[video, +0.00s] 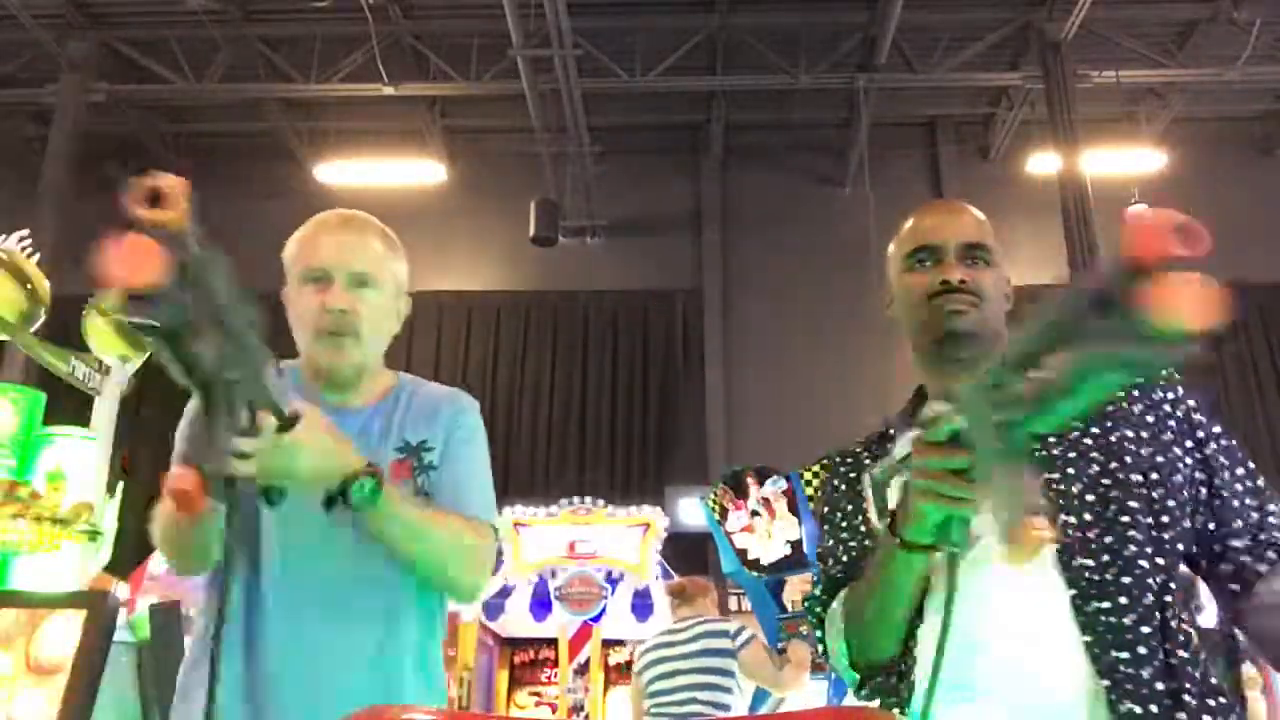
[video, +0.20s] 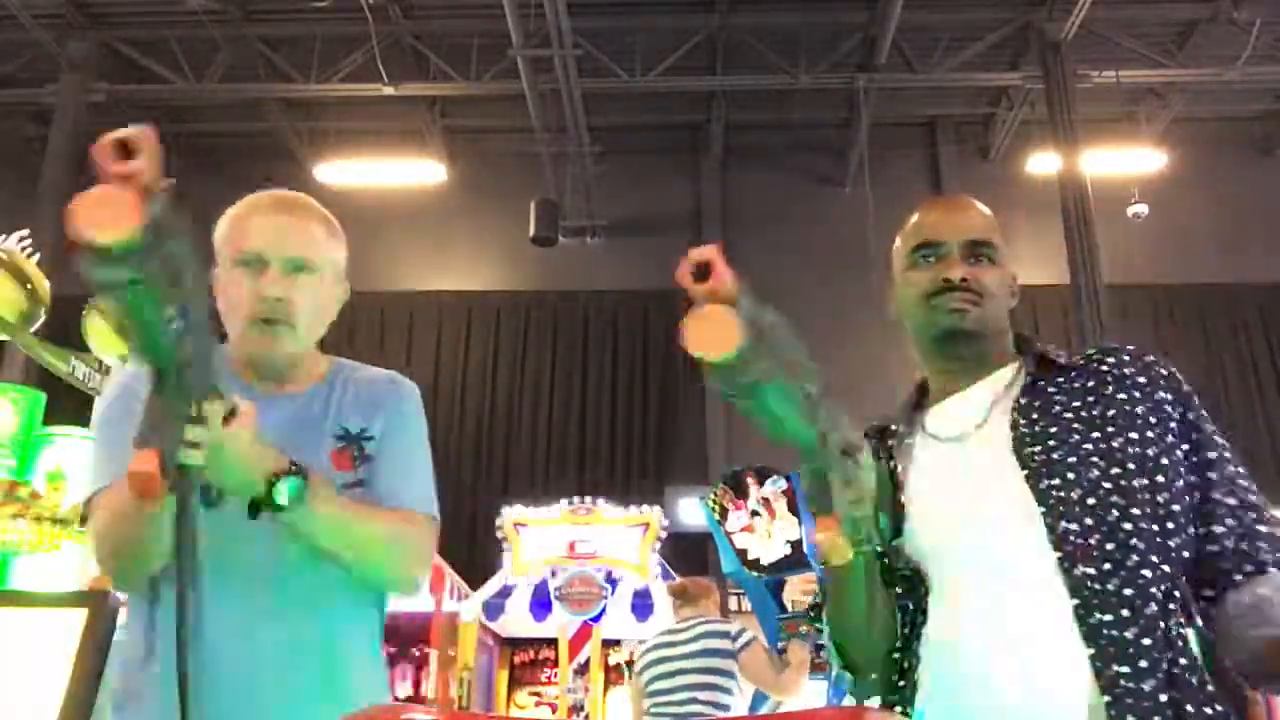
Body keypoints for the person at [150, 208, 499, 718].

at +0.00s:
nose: (337, 303)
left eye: (361, 285)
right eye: (316, 281)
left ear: (400, 310)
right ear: (286, 300)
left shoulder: (446, 417)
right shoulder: (230, 399)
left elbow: (470, 572)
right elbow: (187, 558)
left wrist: (351, 479)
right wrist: (187, 509)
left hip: (389, 704)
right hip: (241, 702)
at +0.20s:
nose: (274, 290)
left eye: (300, 270)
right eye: (250, 266)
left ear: (339, 295)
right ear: (217, 285)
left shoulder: (384, 401)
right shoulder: (148, 387)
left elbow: (408, 560)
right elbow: (121, 566)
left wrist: (274, 478)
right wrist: (151, 484)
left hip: (326, 704)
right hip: (159, 704)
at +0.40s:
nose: (297, 309)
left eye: (321, 290)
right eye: (274, 287)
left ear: (360, 315)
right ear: (242, 307)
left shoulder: (405, 418)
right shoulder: (196, 407)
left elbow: (419, 570)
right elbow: (149, 580)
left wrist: (270, 483)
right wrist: (159, 476)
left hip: (343, 707)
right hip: (199, 705)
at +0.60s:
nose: (303, 318)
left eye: (328, 300)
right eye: (285, 296)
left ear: (367, 327)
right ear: (253, 312)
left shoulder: (415, 426)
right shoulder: (194, 418)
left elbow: (436, 575)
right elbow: (180, 585)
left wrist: (306, 504)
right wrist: (223, 498)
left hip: (364, 709)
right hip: (209, 708)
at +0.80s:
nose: (286, 314)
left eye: (311, 294)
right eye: (264, 291)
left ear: (347, 324)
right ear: (231, 315)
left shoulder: (399, 419)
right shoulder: (175, 416)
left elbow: (420, 569)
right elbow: (160, 596)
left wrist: (275, 508)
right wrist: (161, 523)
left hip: (345, 707)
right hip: (193, 706)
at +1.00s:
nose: (318, 320)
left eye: (343, 305)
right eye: (298, 298)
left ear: (374, 332)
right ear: (260, 317)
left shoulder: (412, 429)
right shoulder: (198, 418)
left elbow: (423, 579)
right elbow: (161, 584)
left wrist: (278, 499)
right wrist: (194, 488)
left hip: (348, 708)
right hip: (197, 706)